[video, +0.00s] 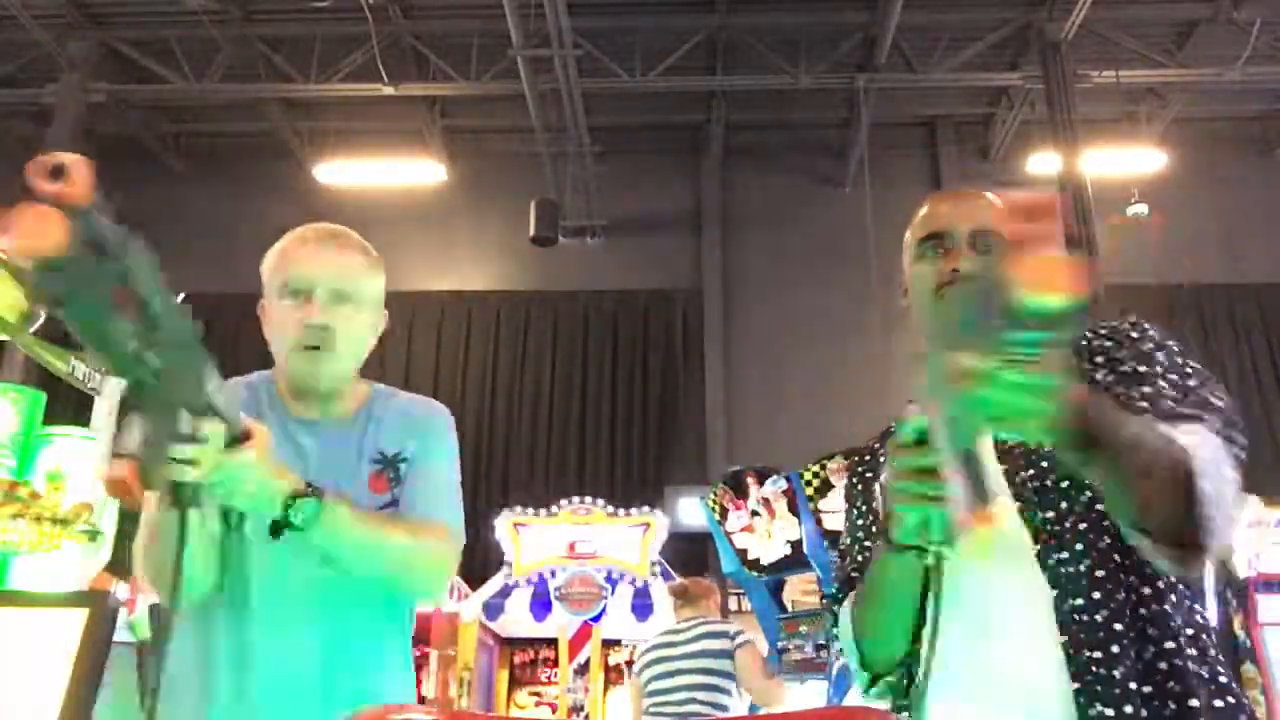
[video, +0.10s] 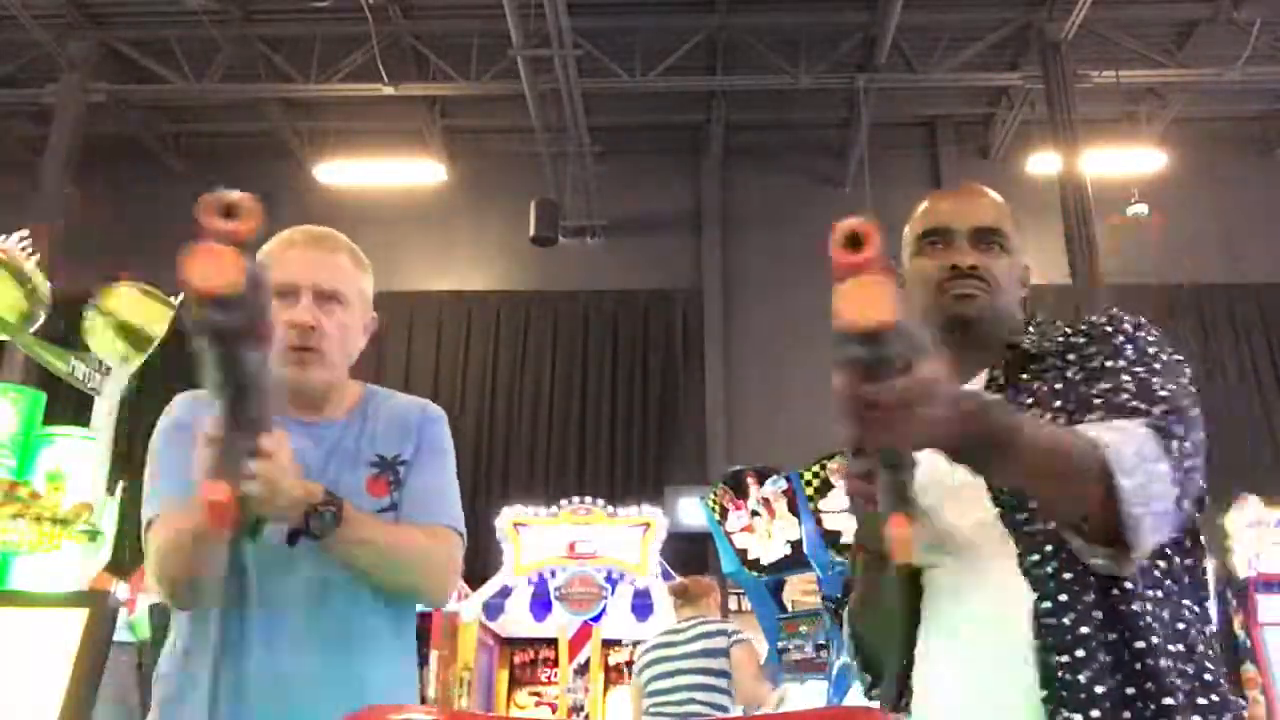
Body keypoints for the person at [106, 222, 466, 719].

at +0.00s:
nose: (316, 317)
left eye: (342, 299)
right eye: (297, 296)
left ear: (377, 325)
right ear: (264, 316)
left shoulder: (419, 426)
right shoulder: (208, 414)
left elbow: (431, 570)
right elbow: (171, 587)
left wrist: (284, 494)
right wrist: (171, 480)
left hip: (359, 707)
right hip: (212, 706)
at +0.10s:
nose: (303, 318)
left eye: (328, 300)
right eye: (285, 296)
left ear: (367, 327)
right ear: (253, 312)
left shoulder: (415, 426)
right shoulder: (194, 418)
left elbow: (436, 575)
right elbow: (180, 585)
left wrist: (306, 504)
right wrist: (223, 498)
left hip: (364, 709)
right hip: (209, 708)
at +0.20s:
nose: (292, 314)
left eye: (315, 298)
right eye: (274, 294)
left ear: (351, 325)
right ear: (239, 313)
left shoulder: (404, 420)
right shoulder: (178, 419)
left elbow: (434, 575)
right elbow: (170, 586)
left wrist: (318, 514)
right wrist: (218, 508)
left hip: (353, 709)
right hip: (201, 709)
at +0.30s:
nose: (286, 314)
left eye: (311, 294)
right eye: (264, 291)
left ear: (347, 324)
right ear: (231, 315)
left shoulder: (399, 419)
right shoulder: (175, 416)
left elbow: (420, 569)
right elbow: (160, 596)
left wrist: (275, 508)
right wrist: (161, 523)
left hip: (345, 707)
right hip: (193, 706)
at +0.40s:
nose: (299, 316)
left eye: (326, 300)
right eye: (280, 293)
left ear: (357, 327)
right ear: (243, 312)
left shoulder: (402, 422)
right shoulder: (186, 416)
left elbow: (410, 574)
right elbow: (147, 590)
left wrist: (254, 503)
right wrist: (143, 507)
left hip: (343, 708)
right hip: (192, 708)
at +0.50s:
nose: (318, 320)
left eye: (343, 305)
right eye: (298, 298)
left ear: (374, 332)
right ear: (260, 317)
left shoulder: (412, 429)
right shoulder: (198, 418)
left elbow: (423, 579)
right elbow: (161, 584)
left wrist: (278, 499)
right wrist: (194, 488)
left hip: (348, 708)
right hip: (197, 706)